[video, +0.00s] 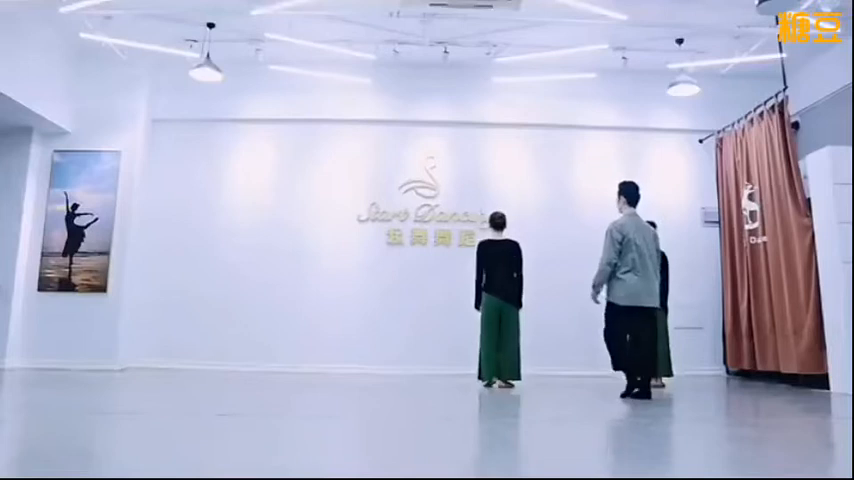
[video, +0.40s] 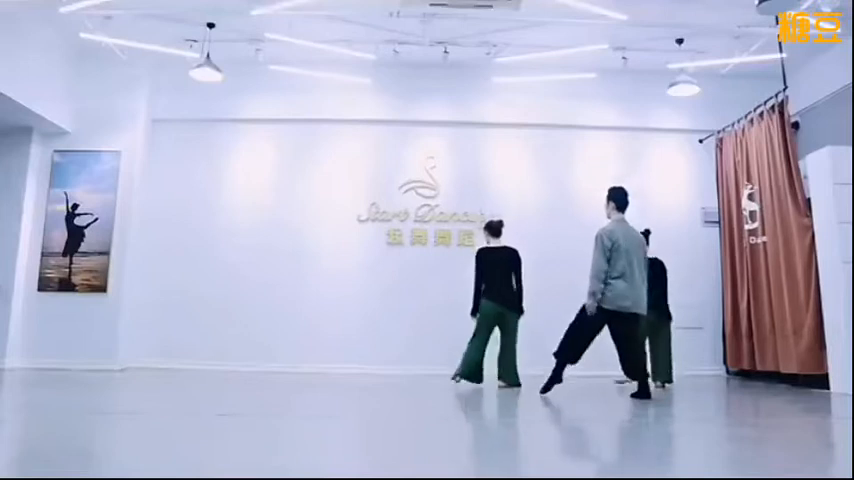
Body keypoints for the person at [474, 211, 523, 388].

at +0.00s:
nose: (498, 226)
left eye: (495, 223)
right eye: (501, 223)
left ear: (490, 225)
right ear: (505, 225)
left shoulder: (483, 246)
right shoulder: (514, 246)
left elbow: (479, 275)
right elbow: (519, 275)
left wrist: (477, 299)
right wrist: (519, 298)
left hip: (490, 296)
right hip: (510, 298)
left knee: (489, 336)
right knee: (509, 337)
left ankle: (488, 376)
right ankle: (506, 376)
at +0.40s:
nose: (484, 237)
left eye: (484, 234)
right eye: (486, 234)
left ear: (486, 234)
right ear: (501, 233)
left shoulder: (482, 253)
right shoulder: (513, 253)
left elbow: (478, 283)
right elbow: (518, 282)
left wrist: (475, 307)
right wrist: (520, 304)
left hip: (489, 302)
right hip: (510, 303)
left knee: (479, 338)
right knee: (509, 344)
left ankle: (462, 372)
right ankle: (508, 378)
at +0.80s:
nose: (470, 227)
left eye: (471, 224)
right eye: (473, 224)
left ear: (473, 226)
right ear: (487, 227)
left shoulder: (463, 244)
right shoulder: (493, 248)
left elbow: (458, 272)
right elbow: (497, 278)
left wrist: (453, 295)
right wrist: (502, 302)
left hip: (465, 294)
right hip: (485, 295)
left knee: (460, 334)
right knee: (494, 335)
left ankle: (450, 374)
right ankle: (503, 374)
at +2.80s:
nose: (458, 232)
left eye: (456, 228)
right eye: (461, 230)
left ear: (447, 226)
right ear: (463, 230)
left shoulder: (436, 244)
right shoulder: (466, 248)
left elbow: (431, 271)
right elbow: (472, 275)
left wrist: (430, 295)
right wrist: (479, 299)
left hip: (445, 292)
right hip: (465, 293)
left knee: (446, 333)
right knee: (480, 331)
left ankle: (448, 376)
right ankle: (497, 366)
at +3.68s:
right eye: (452, 251)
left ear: (437, 250)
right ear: (452, 251)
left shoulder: (428, 263)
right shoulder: (457, 265)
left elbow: (424, 288)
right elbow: (468, 289)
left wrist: (425, 309)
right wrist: (475, 312)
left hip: (438, 301)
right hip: (458, 302)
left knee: (440, 342)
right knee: (468, 338)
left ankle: (444, 379)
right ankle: (492, 369)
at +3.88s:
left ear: (433, 256)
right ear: (448, 256)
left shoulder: (426, 267)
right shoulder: (455, 268)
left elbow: (422, 293)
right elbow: (465, 294)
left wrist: (421, 315)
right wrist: (470, 317)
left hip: (436, 307)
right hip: (457, 308)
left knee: (438, 344)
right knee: (453, 339)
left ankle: (443, 381)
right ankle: (465, 367)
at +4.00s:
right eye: (444, 258)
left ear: (432, 257)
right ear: (446, 258)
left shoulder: (425, 267)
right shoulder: (454, 269)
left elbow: (421, 292)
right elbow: (461, 295)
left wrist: (419, 315)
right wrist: (465, 318)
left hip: (434, 308)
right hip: (453, 309)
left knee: (436, 345)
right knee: (448, 339)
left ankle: (439, 379)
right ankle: (448, 369)